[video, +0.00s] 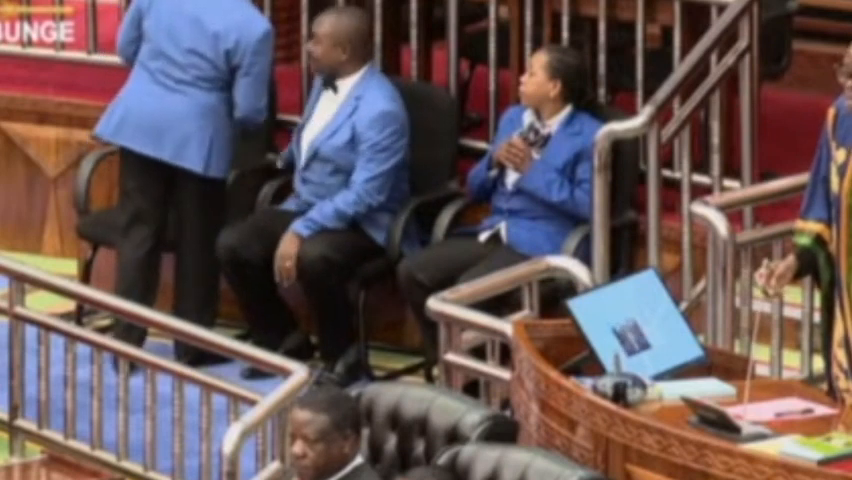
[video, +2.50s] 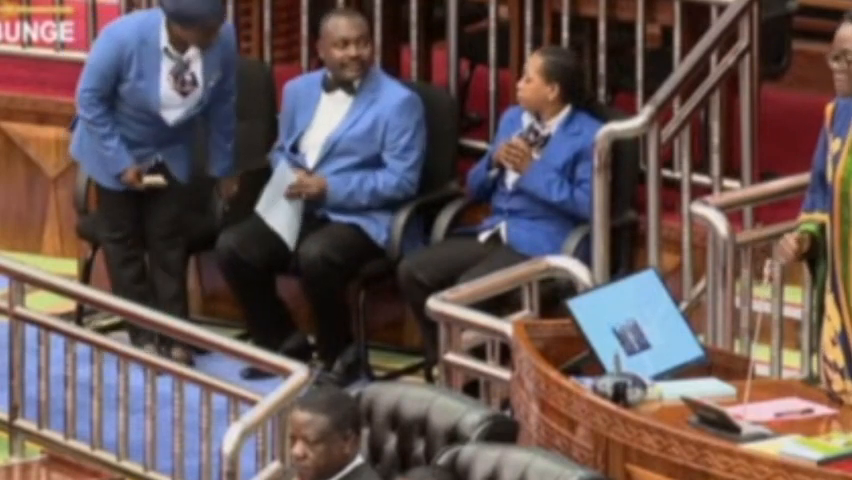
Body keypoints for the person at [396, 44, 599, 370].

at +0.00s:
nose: (521, 80)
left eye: (530, 75)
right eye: (524, 72)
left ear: (554, 88)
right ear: (551, 87)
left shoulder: (590, 135)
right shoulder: (513, 119)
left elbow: (589, 207)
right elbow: (475, 189)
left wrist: (530, 171)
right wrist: (495, 163)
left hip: (538, 250)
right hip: (494, 238)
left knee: (461, 298)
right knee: (413, 271)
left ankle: (483, 380)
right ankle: (448, 365)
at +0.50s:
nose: (520, 79)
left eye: (529, 74)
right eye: (524, 72)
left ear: (552, 87)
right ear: (550, 87)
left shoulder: (590, 135)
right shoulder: (513, 119)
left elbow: (590, 207)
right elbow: (475, 189)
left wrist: (530, 171)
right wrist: (495, 163)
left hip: (539, 250)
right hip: (494, 237)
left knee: (462, 297)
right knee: (414, 271)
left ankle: (483, 380)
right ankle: (448, 365)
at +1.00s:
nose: (520, 80)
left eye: (529, 75)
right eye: (523, 73)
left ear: (552, 88)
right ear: (550, 87)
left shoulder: (589, 135)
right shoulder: (513, 119)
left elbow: (590, 207)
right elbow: (475, 189)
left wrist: (530, 171)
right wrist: (495, 163)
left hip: (538, 250)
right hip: (494, 237)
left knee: (462, 297)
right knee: (414, 271)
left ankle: (482, 380)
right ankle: (446, 365)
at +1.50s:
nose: (519, 81)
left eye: (528, 76)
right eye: (523, 73)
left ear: (552, 89)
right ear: (549, 88)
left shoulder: (589, 135)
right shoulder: (512, 120)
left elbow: (590, 206)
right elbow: (475, 190)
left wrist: (529, 172)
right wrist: (494, 164)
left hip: (539, 251)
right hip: (494, 236)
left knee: (462, 296)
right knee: (414, 271)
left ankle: (482, 381)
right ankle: (445, 366)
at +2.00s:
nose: (519, 83)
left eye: (528, 78)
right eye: (522, 75)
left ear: (552, 90)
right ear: (549, 89)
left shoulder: (589, 135)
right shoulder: (512, 120)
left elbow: (590, 206)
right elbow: (475, 190)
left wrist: (529, 171)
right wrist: (495, 164)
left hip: (539, 250)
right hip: (494, 236)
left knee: (463, 296)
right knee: (414, 271)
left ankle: (483, 380)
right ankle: (445, 366)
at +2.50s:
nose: (519, 86)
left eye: (527, 80)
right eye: (521, 78)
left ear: (553, 91)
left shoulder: (589, 136)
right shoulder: (512, 120)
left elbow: (590, 207)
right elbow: (475, 190)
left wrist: (530, 172)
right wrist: (494, 165)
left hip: (539, 250)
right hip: (495, 235)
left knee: (463, 296)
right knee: (414, 271)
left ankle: (484, 380)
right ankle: (446, 366)